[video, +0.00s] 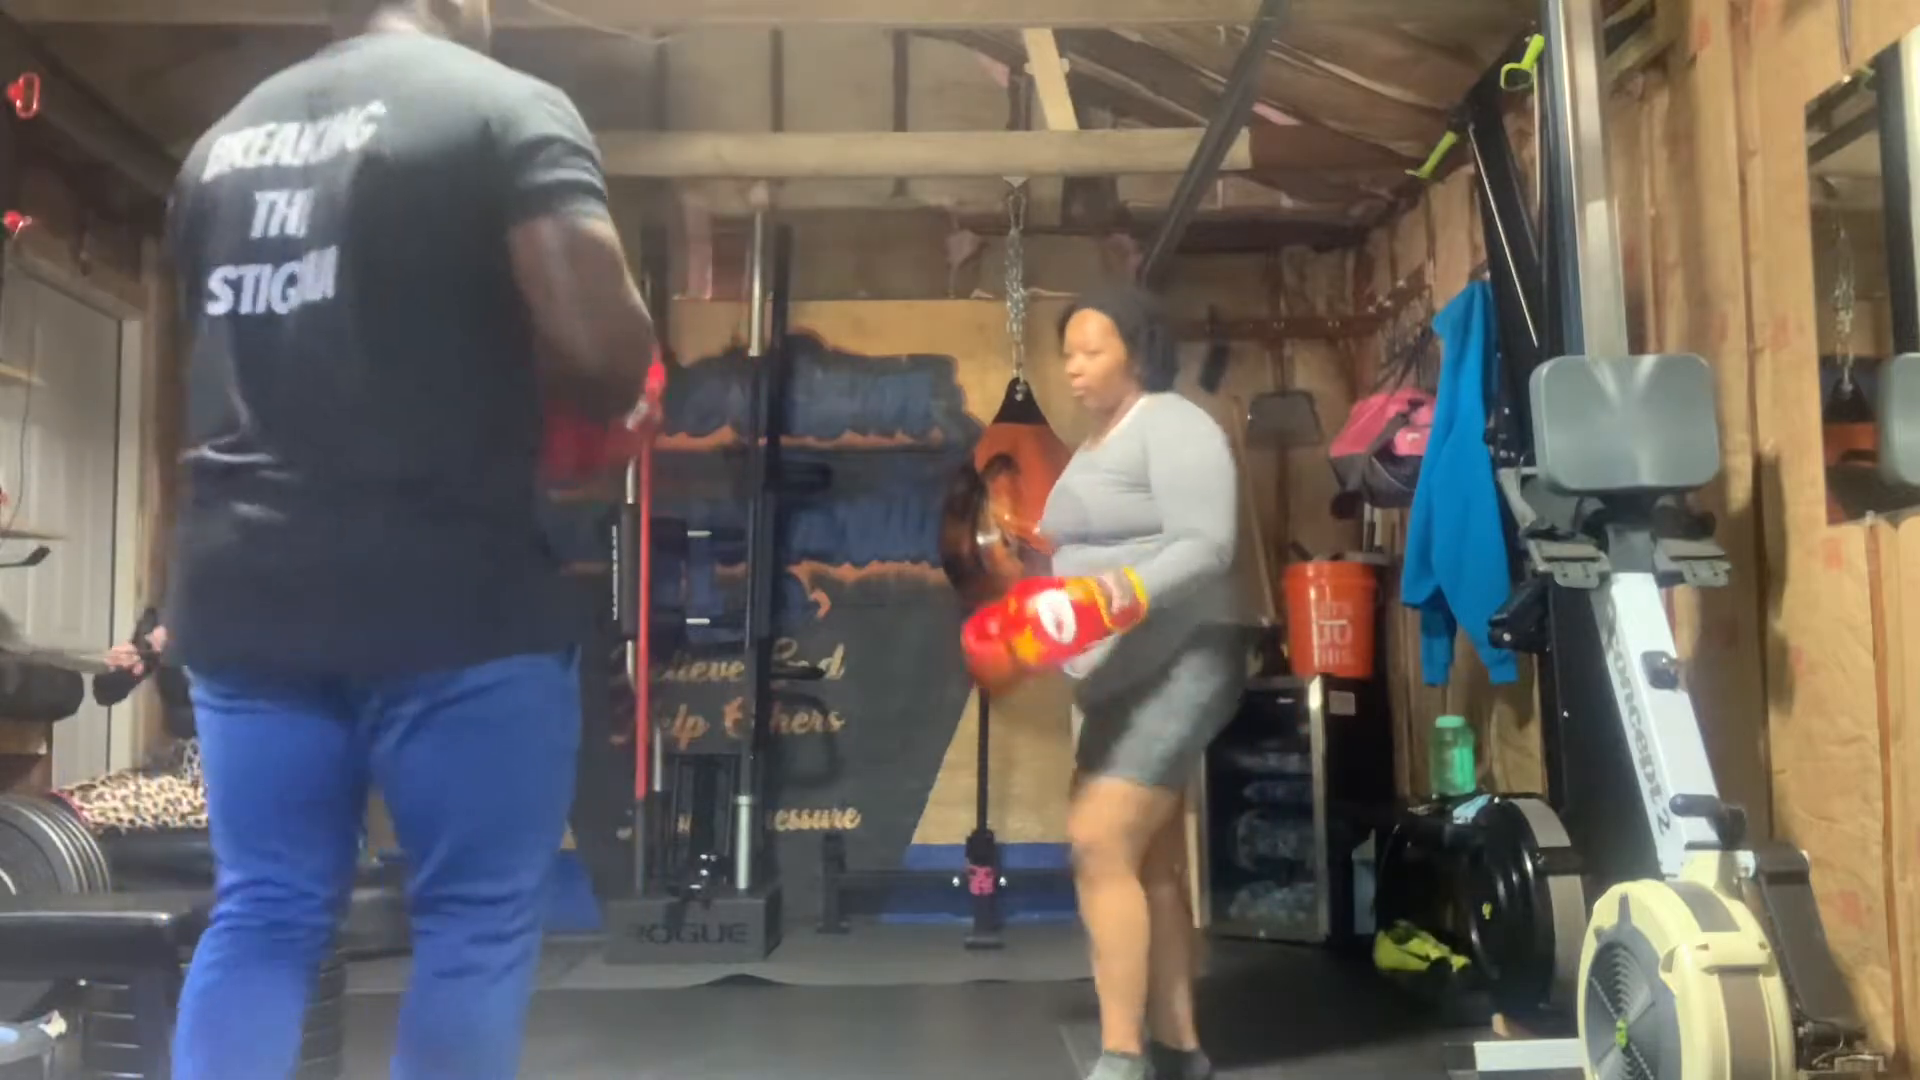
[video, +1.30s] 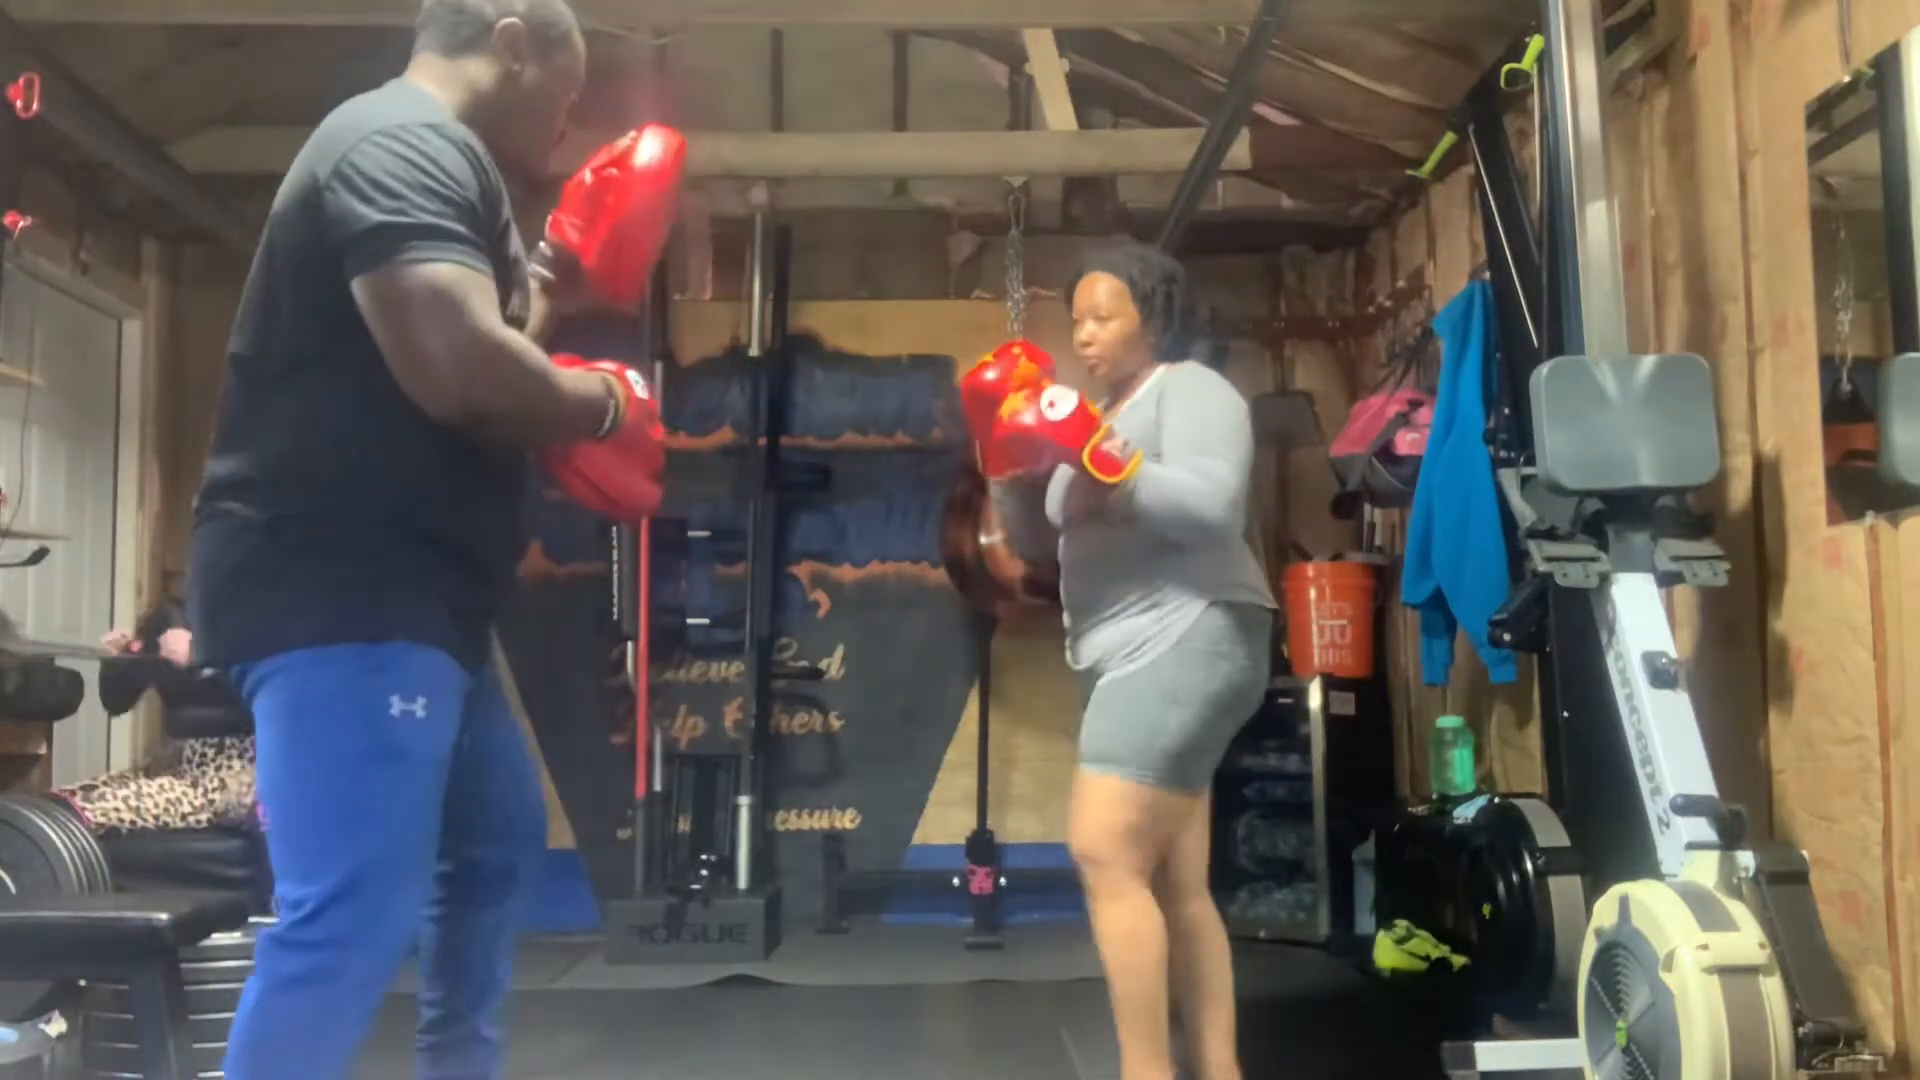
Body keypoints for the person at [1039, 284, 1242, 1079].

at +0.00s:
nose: (1077, 368)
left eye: (1092, 351)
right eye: (1070, 354)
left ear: (1136, 355)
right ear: (1067, 363)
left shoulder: (1176, 424)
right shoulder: (1092, 451)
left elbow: (1208, 541)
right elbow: (1077, 561)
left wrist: (1105, 597)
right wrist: (1027, 555)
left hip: (1187, 653)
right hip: (1116, 663)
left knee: (1100, 836)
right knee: (1156, 863)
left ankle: (1122, 1059)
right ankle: (1179, 1046)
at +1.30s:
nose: (1082, 335)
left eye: (1100, 317)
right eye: (1077, 320)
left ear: (1153, 320)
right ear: (1079, 328)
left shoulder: (1195, 390)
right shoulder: (1085, 418)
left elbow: (1213, 502)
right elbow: (1035, 544)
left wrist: (1111, 462)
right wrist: (1007, 455)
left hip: (1195, 628)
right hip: (1132, 642)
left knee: (1106, 850)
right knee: (1179, 882)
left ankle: (1146, 1070)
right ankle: (1219, 1070)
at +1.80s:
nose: (1038, 330)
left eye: (1054, 313)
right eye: (1033, 317)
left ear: (1106, 312)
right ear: (1031, 330)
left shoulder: (1142, 374)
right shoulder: (1040, 419)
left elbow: (1143, 447)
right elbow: (1016, 548)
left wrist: (1052, 387)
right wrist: (981, 456)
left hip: (1133, 627)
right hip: (1101, 636)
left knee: (1085, 888)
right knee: (1169, 900)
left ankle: (1093, 1075)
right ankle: (1216, 1071)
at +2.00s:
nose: (972, 337)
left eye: (989, 317)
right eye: (967, 321)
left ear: (1049, 312)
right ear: (968, 332)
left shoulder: (1089, 363)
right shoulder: (983, 421)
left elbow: (1091, 415)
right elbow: (948, 536)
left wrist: (971, 384)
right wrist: (904, 471)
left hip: (1128, 629)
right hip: (1063, 656)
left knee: (1058, 874)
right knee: (1156, 906)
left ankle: (1088, 1074)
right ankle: (1218, 1073)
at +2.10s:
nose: (926, 357)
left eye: (942, 338)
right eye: (923, 340)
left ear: (999, 333)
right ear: (937, 345)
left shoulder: (1053, 391)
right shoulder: (948, 442)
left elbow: (1116, 491)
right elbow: (939, 571)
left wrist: (993, 496)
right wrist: (867, 576)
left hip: (1113, 649)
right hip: (1035, 678)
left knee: (1028, 879)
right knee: (1050, 888)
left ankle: (1078, 1073)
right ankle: (1186, 1041)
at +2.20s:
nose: (879, 395)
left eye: (894, 374)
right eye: (875, 379)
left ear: (955, 367)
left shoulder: (1018, 430)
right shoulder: (912, 482)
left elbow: (1129, 536)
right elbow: (914, 613)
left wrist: (1010, 557)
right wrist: (849, 581)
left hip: (1088, 685)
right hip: (984, 703)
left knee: (997, 897)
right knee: (926, 882)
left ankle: (1068, 1071)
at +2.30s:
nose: (843, 424)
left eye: (860, 401)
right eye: (837, 408)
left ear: (911, 398)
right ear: (841, 421)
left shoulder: (987, 456)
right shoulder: (867, 505)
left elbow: (1093, 556)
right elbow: (897, 626)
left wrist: (986, 549)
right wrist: (845, 610)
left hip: (1048, 712)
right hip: (935, 723)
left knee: (968, 918)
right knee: (853, 891)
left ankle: (1059, 1070)